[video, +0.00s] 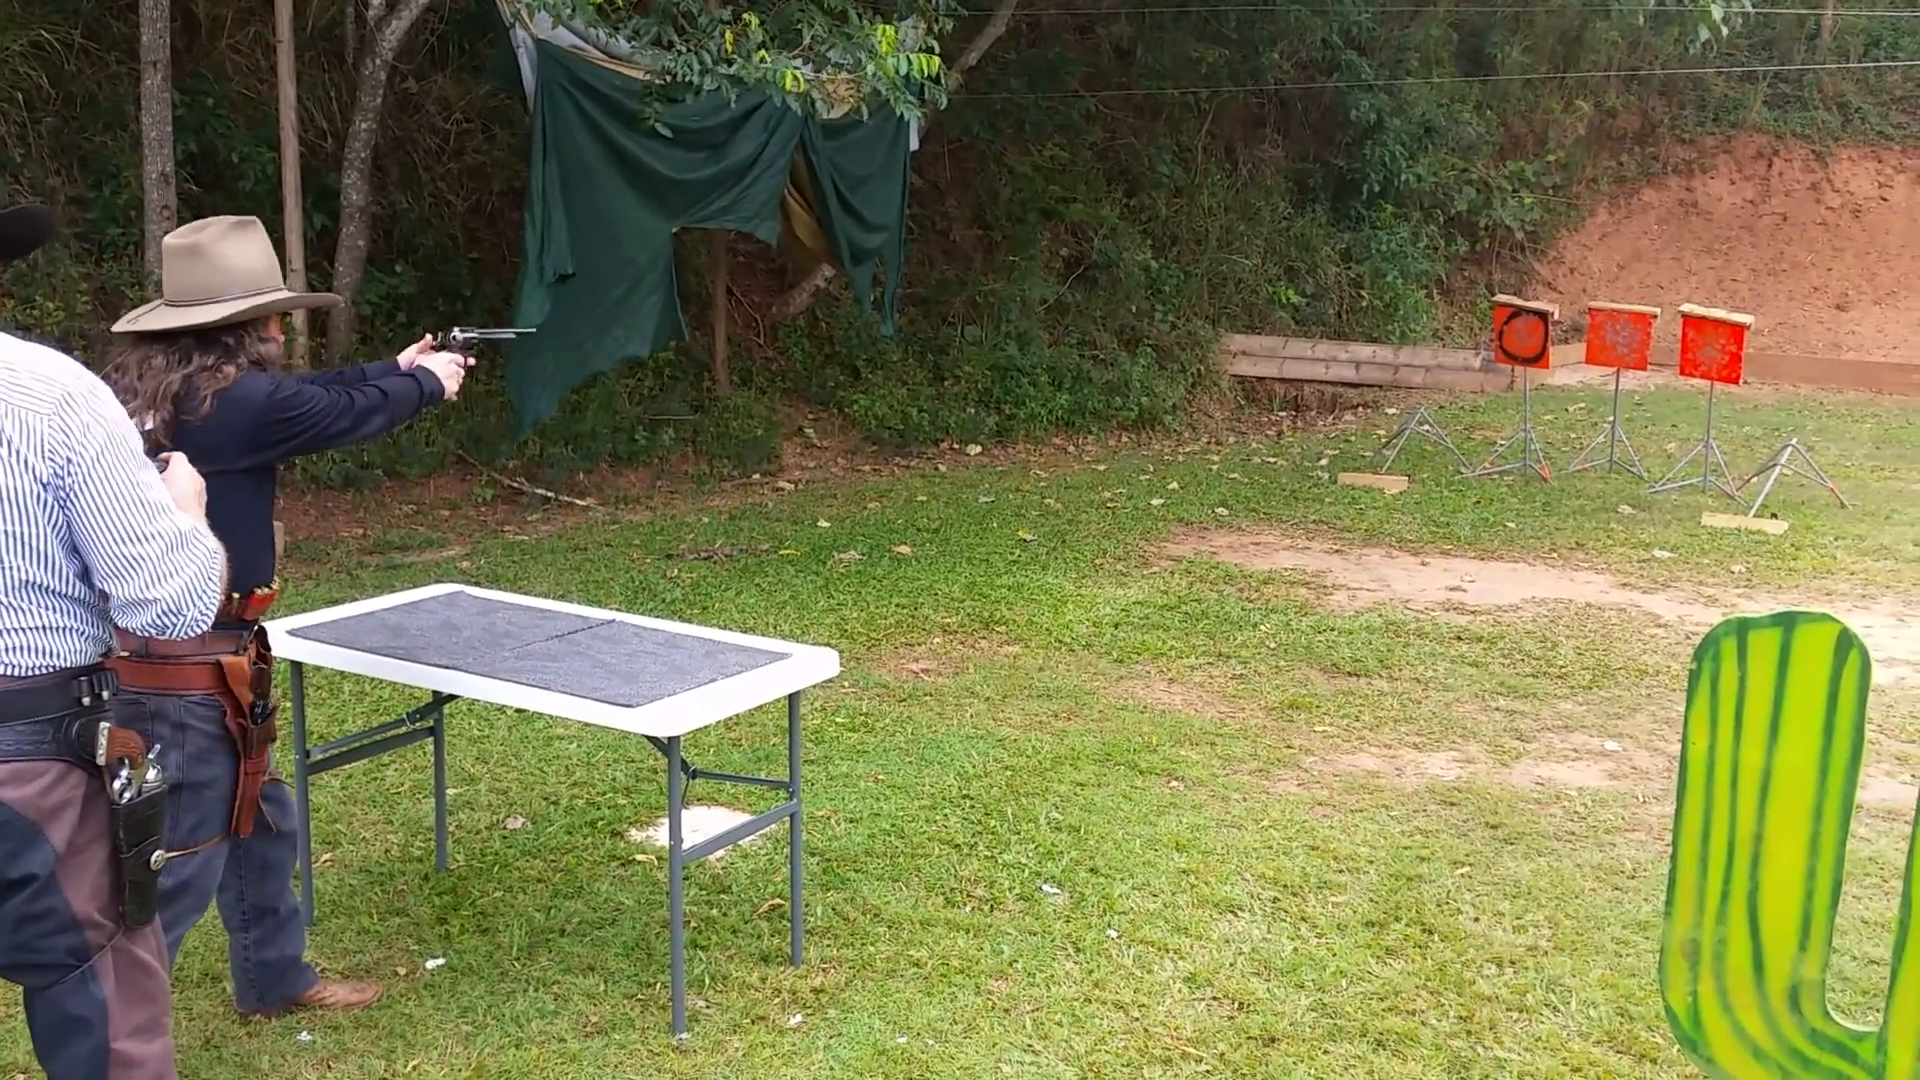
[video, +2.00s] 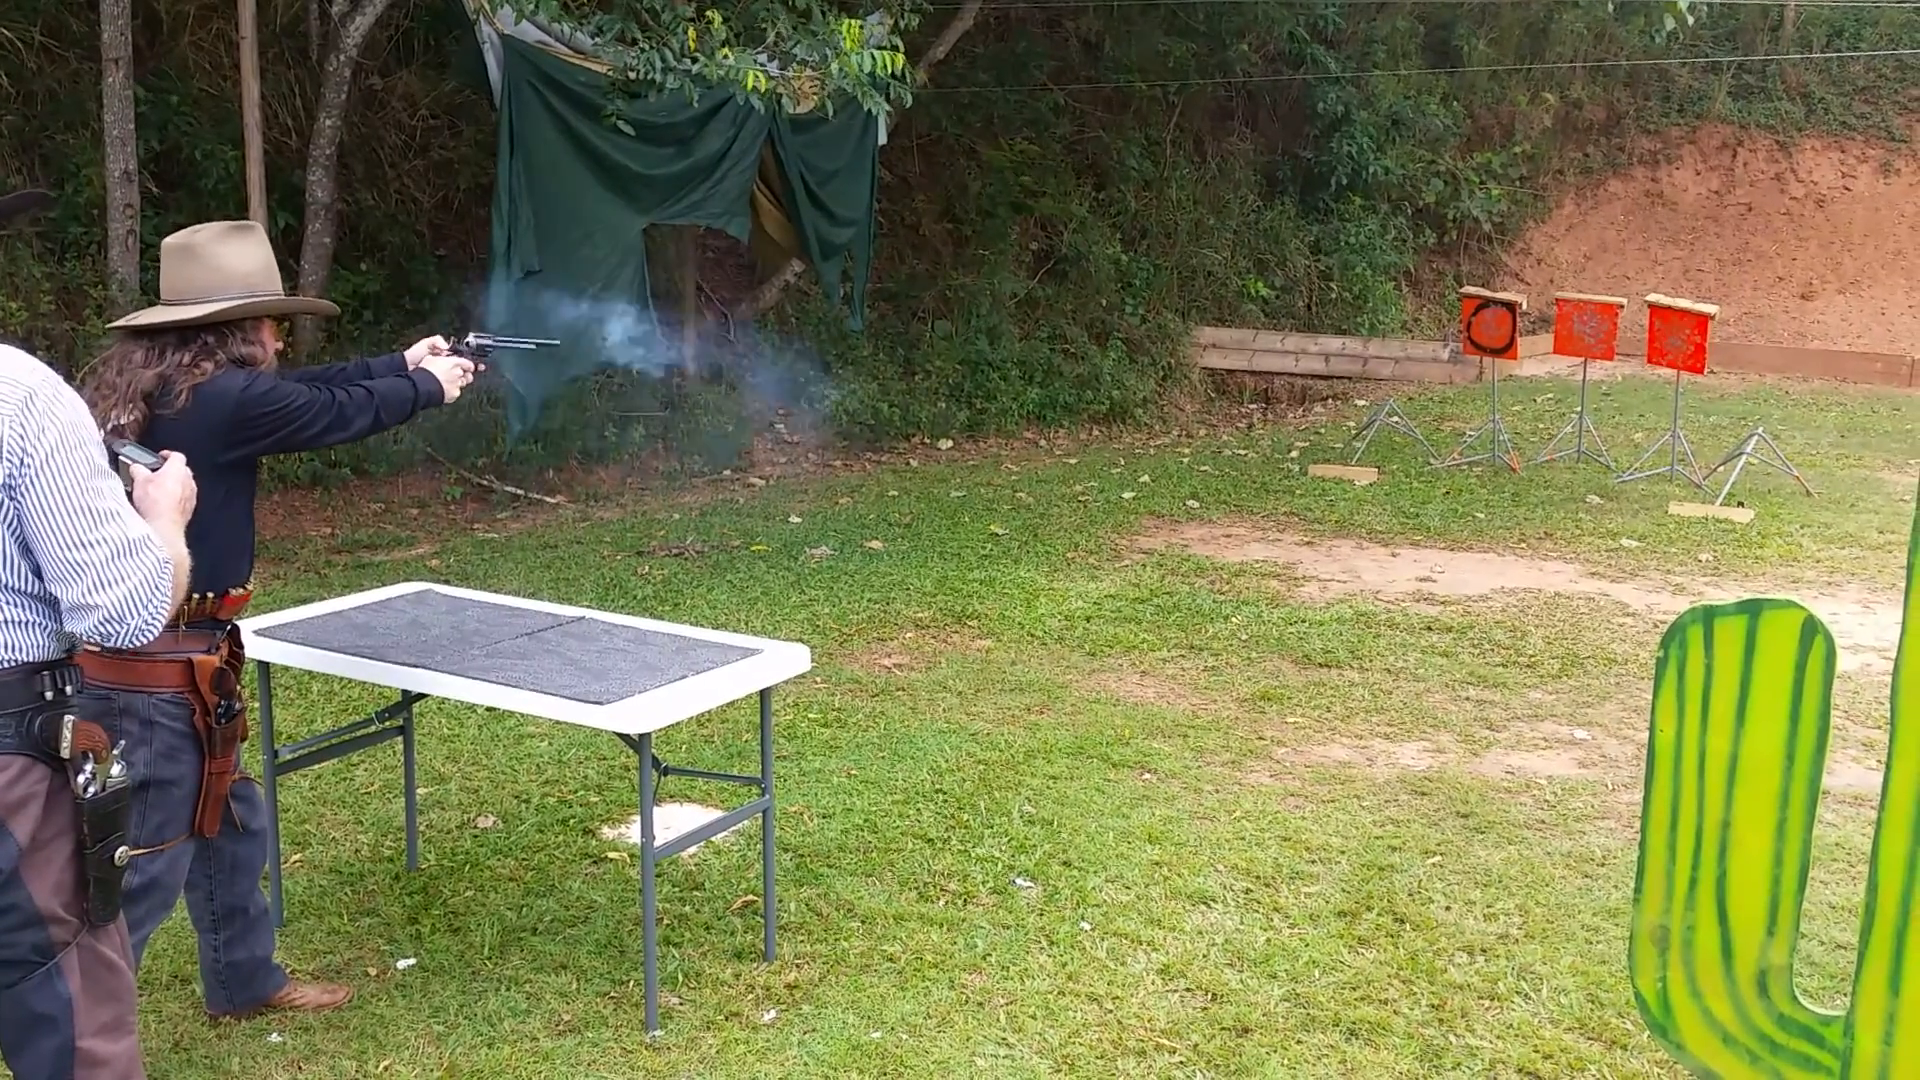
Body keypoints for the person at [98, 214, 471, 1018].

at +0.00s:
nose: (281, 329)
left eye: (276, 316)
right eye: (271, 317)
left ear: (192, 325)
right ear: (243, 327)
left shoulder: (161, 393)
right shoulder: (231, 403)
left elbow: (306, 397)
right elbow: (342, 412)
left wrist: (393, 370)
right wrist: (427, 384)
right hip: (192, 663)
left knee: (263, 815)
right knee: (183, 858)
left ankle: (275, 980)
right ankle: (108, 1012)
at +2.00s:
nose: (279, 338)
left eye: (276, 324)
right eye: (269, 323)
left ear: (192, 325)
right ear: (233, 328)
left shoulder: (141, 384)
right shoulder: (224, 399)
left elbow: (304, 391)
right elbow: (336, 414)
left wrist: (401, 364)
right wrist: (429, 386)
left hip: (125, 651)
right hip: (160, 663)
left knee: (235, 814)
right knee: (146, 864)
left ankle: (244, 982)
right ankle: (71, 1019)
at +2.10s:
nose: (279, 340)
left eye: (276, 325)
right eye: (270, 325)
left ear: (193, 326)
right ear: (235, 329)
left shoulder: (142, 384)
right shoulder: (222, 399)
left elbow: (304, 393)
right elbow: (332, 415)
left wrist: (400, 365)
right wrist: (426, 387)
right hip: (155, 663)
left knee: (233, 815)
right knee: (143, 867)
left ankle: (241, 983)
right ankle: (65, 1023)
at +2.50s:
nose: (278, 342)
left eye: (275, 327)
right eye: (269, 327)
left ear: (194, 328)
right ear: (233, 330)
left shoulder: (145, 385)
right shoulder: (217, 400)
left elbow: (302, 390)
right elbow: (334, 413)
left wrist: (401, 360)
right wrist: (423, 384)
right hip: (152, 670)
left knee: (230, 822)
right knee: (141, 871)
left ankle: (242, 986)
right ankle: (65, 1028)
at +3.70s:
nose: (213, 413)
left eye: (220, 401)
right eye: (212, 398)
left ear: (160, 363)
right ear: (177, 378)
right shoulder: (121, 438)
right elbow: (174, 559)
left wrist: (204, 534)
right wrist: (233, 622)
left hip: (178, 670)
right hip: (112, 680)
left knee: (216, 833)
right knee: (117, 869)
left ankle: (236, 987)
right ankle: (72, 1007)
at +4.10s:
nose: (226, 379)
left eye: (228, 365)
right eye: (221, 364)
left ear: (167, 354)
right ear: (178, 360)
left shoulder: (158, 420)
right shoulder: (90, 421)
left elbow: (145, 513)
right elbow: (79, 541)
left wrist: (197, 539)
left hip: (165, 661)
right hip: (98, 679)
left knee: (212, 823)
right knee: (132, 867)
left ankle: (235, 988)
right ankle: (66, 1025)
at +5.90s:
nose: (261, 345)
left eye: (257, 331)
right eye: (251, 332)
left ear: (175, 335)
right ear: (214, 337)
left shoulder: (124, 390)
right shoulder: (200, 405)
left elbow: (275, 400)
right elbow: (320, 425)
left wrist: (374, 370)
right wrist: (405, 394)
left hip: (112, 656)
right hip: (144, 667)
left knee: (218, 826)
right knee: (135, 870)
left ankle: (240, 992)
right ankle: (67, 1031)